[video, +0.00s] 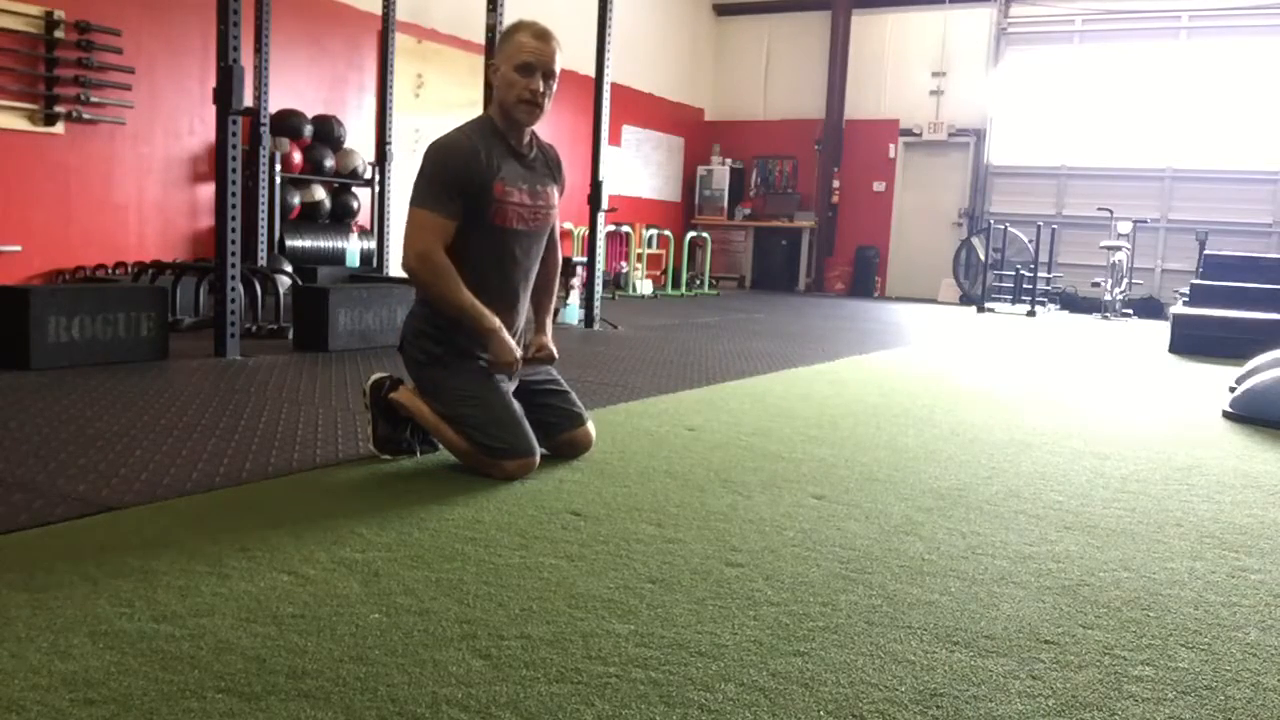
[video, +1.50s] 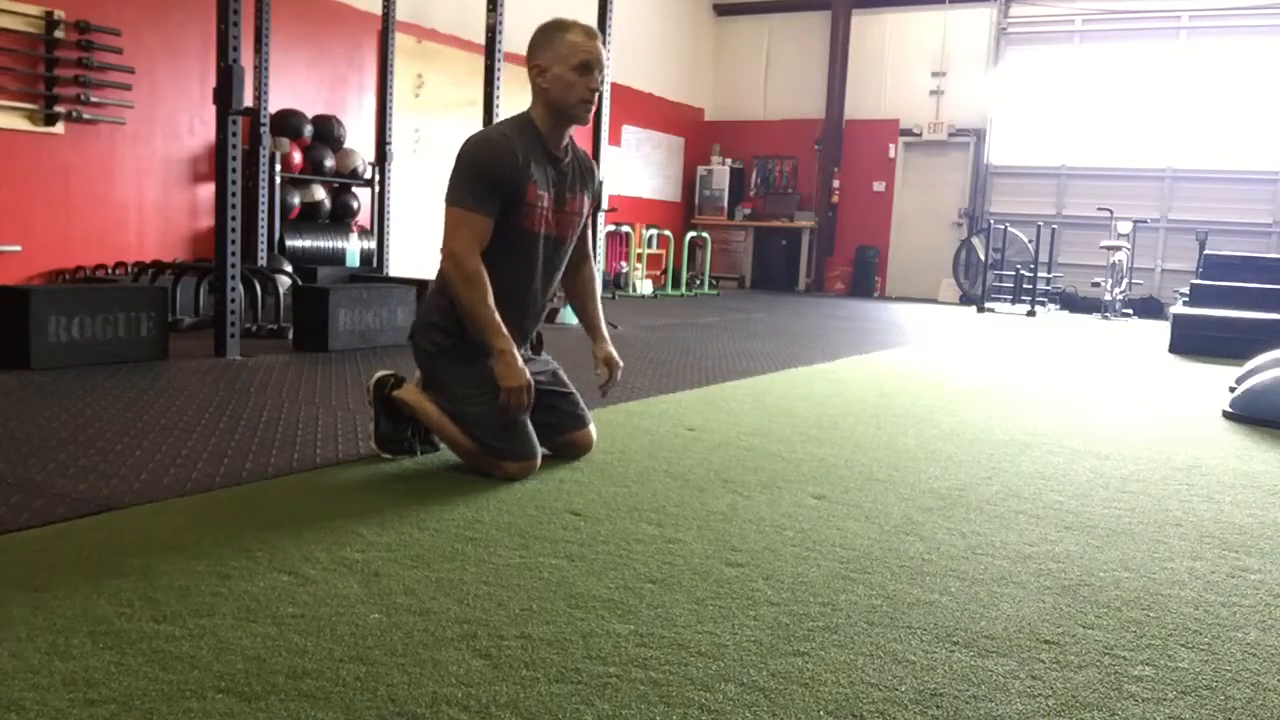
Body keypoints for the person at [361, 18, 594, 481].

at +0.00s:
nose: (538, 87)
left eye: (549, 77)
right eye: (525, 70)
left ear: (556, 87)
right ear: (493, 72)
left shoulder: (548, 160)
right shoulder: (456, 152)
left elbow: (549, 247)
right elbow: (420, 256)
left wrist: (543, 328)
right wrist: (493, 330)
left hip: (513, 338)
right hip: (447, 345)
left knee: (573, 439)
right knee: (514, 463)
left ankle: (445, 411)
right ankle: (398, 399)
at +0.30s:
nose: (534, 84)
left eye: (545, 74)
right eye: (522, 68)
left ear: (554, 84)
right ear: (491, 72)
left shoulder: (547, 160)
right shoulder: (454, 152)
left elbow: (548, 248)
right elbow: (423, 259)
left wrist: (541, 328)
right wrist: (492, 332)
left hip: (511, 337)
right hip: (447, 342)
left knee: (574, 439)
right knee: (515, 462)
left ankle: (446, 411)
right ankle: (399, 400)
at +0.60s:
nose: (540, 87)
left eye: (550, 77)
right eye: (527, 70)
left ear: (558, 87)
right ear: (495, 73)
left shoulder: (549, 162)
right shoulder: (457, 154)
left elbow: (549, 248)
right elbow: (425, 262)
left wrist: (542, 328)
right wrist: (488, 342)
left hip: (514, 341)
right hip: (448, 346)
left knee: (574, 439)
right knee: (515, 463)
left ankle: (446, 410)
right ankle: (399, 401)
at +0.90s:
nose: (550, 91)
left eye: (560, 80)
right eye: (537, 75)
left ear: (567, 88)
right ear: (505, 75)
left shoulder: (557, 167)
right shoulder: (465, 155)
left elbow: (554, 249)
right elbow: (434, 263)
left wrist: (548, 330)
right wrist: (488, 349)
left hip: (513, 342)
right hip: (446, 346)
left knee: (574, 439)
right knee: (514, 462)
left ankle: (446, 411)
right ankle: (398, 399)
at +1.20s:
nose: (582, 96)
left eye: (586, 84)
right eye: (569, 81)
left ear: (588, 90)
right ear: (526, 78)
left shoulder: (570, 173)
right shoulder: (479, 156)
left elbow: (567, 262)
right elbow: (446, 268)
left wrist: (574, 338)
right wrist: (493, 357)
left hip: (509, 343)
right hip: (447, 343)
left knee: (575, 439)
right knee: (515, 463)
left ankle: (446, 410)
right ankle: (400, 398)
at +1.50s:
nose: (598, 85)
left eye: (600, 72)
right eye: (585, 69)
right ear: (540, 74)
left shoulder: (583, 171)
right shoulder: (492, 149)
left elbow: (578, 260)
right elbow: (459, 259)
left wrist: (600, 338)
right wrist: (505, 352)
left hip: (519, 340)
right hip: (457, 342)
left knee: (575, 441)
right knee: (516, 464)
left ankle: (451, 395)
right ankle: (404, 397)